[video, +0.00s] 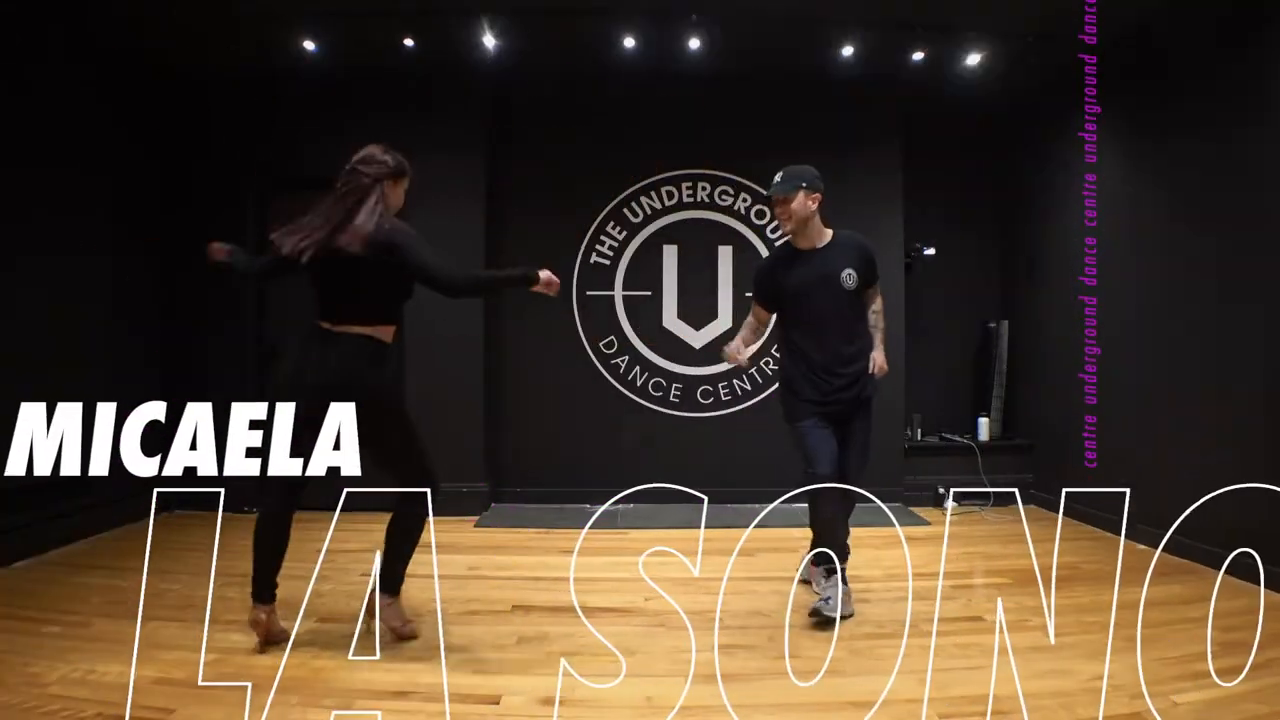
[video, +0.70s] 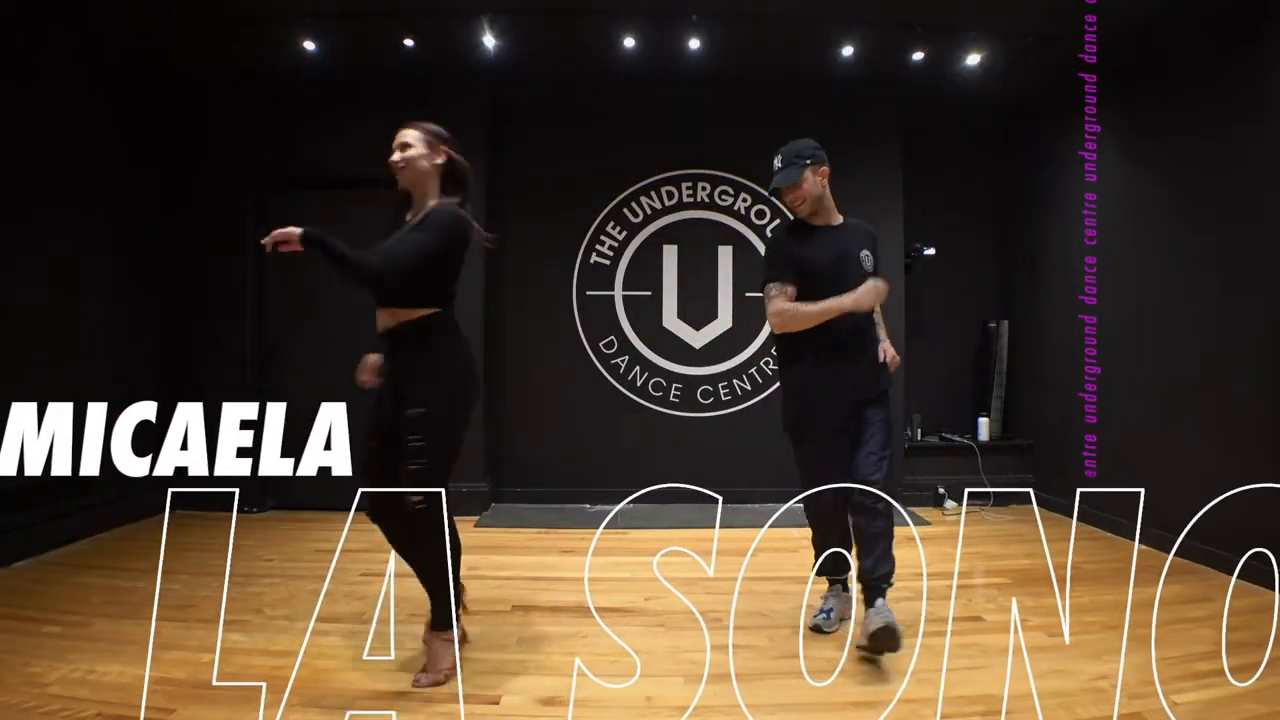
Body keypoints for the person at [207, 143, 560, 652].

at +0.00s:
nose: (404, 197)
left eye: (404, 188)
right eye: (402, 188)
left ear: (354, 184)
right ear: (386, 188)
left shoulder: (320, 231)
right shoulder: (394, 236)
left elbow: (263, 268)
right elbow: (451, 283)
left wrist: (231, 255)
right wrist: (528, 277)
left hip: (316, 364)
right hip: (371, 370)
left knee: (282, 484)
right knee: (417, 487)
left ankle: (262, 605)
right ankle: (387, 596)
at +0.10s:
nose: (411, 195)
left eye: (410, 186)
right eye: (406, 186)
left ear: (371, 185)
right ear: (383, 184)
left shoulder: (342, 232)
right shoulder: (383, 228)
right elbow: (409, 272)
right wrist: (461, 298)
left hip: (341, 367)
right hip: (378, 371)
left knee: (325, 483)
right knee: (419, 486)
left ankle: (281, 591)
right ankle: (389, 598)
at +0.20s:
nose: (416, 190)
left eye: (416, 180)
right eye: (410, 180)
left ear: (389, 182)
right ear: (383, 180)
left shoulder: (383, 228)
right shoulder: (377, 226)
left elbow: (387, 285)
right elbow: (366, 270)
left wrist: (428, 298)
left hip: (376, 365)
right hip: (382, 366)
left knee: (377, 483)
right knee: (416, 488)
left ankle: (318, 573)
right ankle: (391, 601)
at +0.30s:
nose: (423, 184)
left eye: (422, 175)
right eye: (415, 174)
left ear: (392, 180)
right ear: (386, 177)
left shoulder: (393, 235)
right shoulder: (369, 225)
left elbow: (424, 307)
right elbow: (326, 269)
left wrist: (492, 312)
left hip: (390, 362)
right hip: (375, 362)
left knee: (406, 474)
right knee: (422, 470)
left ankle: (380, 577)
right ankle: (384, 590)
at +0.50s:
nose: (443, 171)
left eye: (443, 163)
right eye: (434, 162)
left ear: (428, 171)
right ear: (403, 167)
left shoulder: (445, 230)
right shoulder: (357, 227)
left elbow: (462, 288)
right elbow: (307, 294)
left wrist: (485, 287)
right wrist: (260, 364)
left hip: (432, 364)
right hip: (371, 362)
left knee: (431, 491)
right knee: (376, 490)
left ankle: (445, 624)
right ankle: (391, 597)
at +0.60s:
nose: (429, 156)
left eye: (436, 149)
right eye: (417, 149)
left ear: (447, 164)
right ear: (398, 165)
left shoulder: (463, 225)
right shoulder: (377, 228)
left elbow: (440, 269)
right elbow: (356, 298)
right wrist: (328, 355)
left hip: (436, 356)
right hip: (381, 358)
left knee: (432, 495)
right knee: (384, 499)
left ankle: (442, 633)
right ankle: (415, 588)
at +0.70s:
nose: (395, 157)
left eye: (407, 147)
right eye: (392, 151)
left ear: (440, 157)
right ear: (394, 166)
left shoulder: (449, 218)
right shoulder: (403, 224)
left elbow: (386, 274)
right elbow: (405, 303)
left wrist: (312, 241)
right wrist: (382, 350)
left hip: (437, 363)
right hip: (398, 365)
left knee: (424, 496)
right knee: (378, 495)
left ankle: (443, 630)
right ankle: (446, 594)